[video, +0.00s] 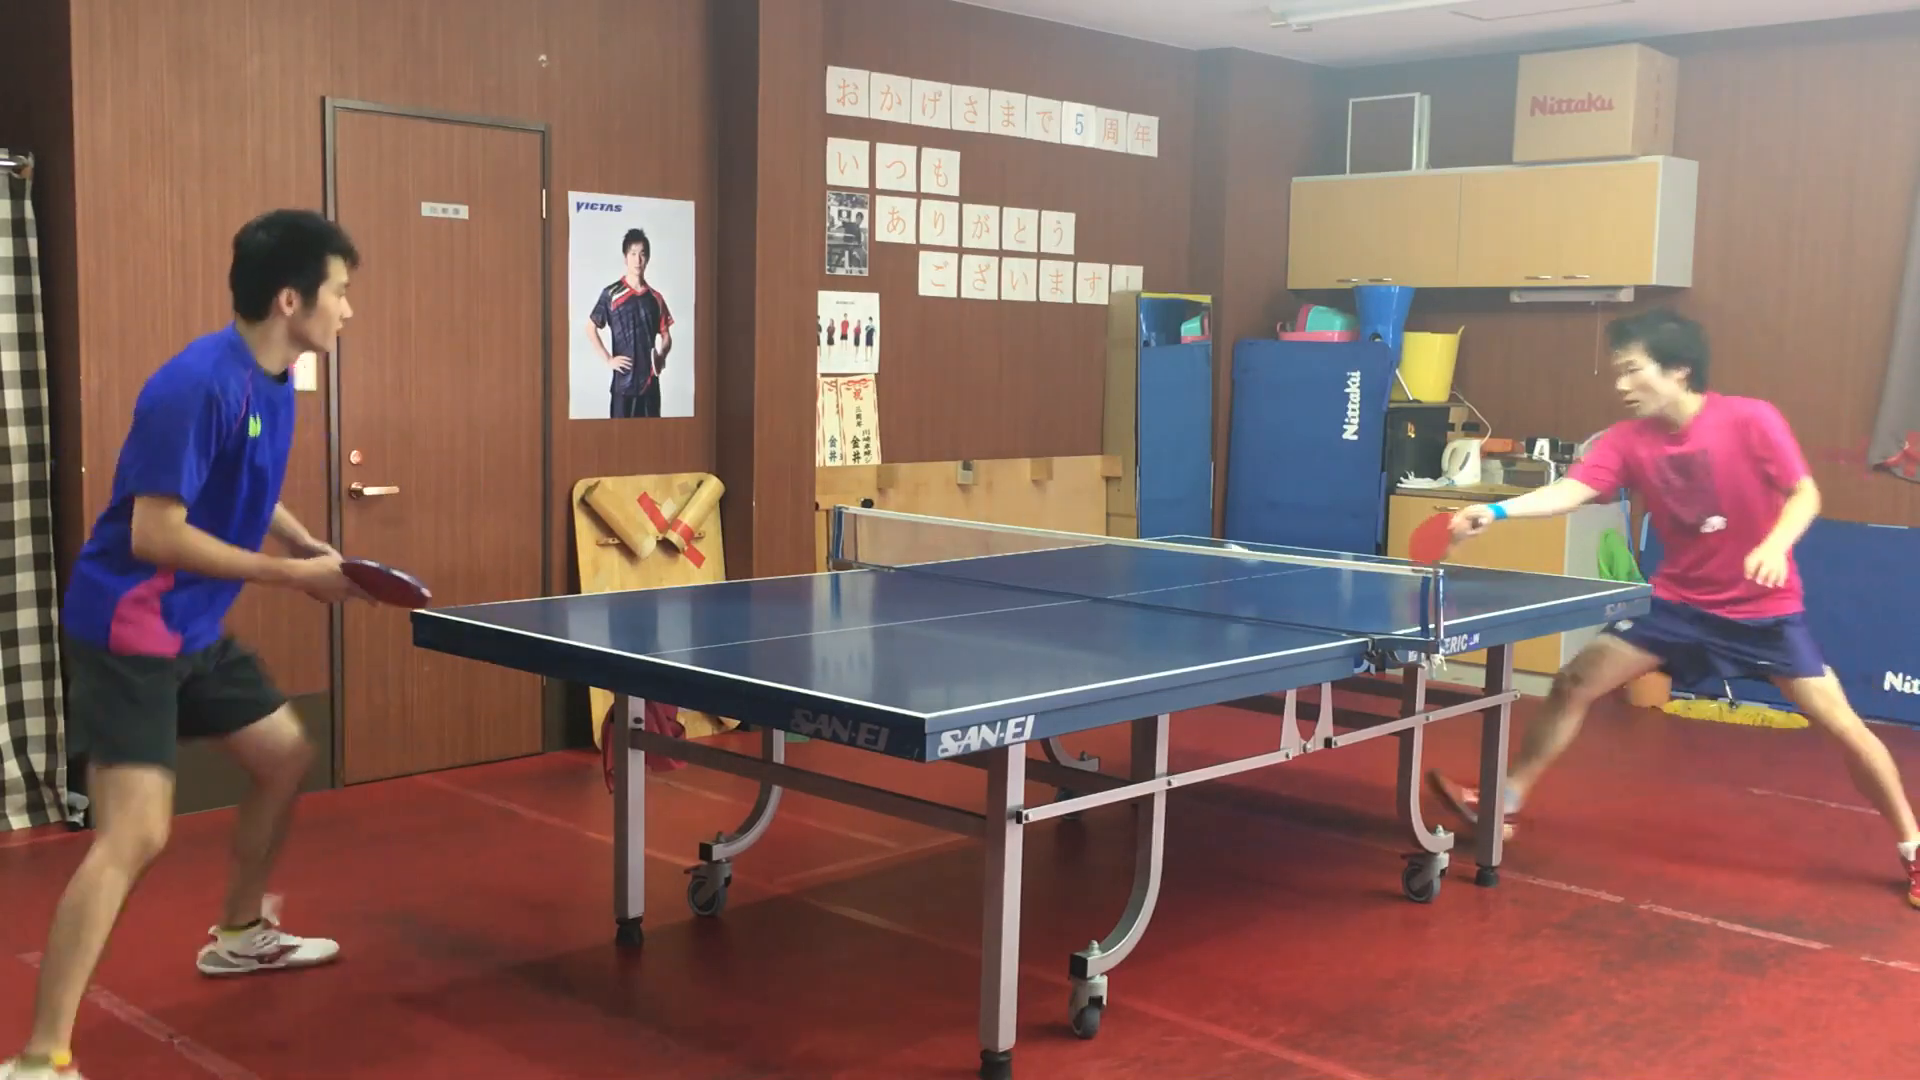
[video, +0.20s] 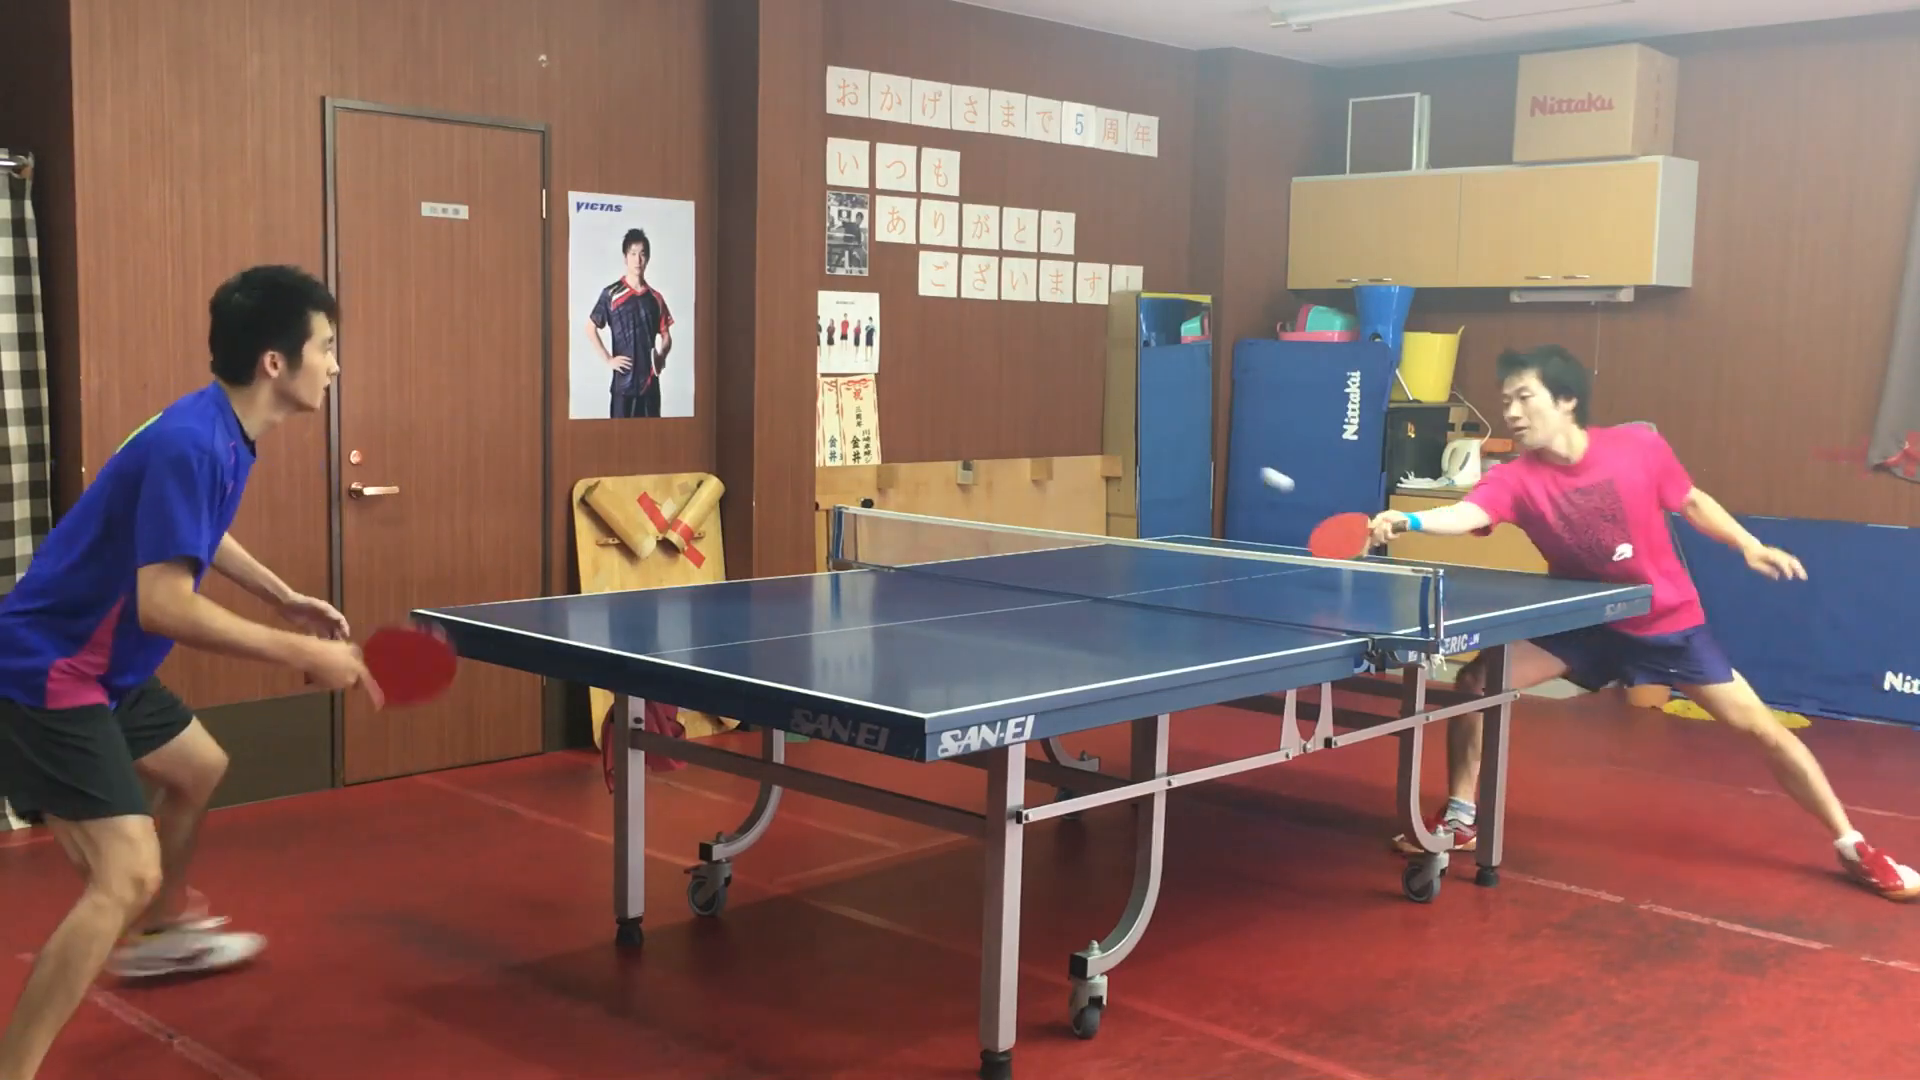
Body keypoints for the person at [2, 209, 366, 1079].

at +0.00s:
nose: (348, 311)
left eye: (347, 293)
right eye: (339, 293)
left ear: (290, 302)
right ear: (289, 301)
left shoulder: (279, 382)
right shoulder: (194, 384)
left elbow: (244, 498)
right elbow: (153, 534)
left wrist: (318, 556)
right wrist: (291, 570)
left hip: (195, 624)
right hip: (124, 627)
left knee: (283, 751)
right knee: (134, 830)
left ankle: (239, 930)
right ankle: (41, 1056)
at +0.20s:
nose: (335, 367)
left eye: (333, 348)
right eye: (326, 349)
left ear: (271, 362)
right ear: (274, 363)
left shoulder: (231, 437)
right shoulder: (191, 446)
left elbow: (199, 535)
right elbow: (160, 605)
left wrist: (284, 598)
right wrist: (301, 652)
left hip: (106, 657)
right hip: (42, 668)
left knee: (198, 767)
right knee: (126, 874)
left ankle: (151, 933)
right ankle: (13, 1069)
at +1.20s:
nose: (310, 305)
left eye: (307, 290)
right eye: (300, 291)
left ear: (226, 306)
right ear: (255, 304)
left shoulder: (165, 399)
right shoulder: (311, 390)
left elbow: (151, 527)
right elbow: (400, 492)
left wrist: (239, 499)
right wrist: (419, 454)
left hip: (194, 637)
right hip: (285, 639)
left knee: (254, 738)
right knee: (385, 823)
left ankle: (262, 894)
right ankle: (273, 1000)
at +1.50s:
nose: (380, 360)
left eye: (378, 343)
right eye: (368, 344)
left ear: (317, 357)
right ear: (311, 358)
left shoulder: (350, 427)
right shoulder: (213, 452)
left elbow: (415, 513)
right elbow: (142, 589)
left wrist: (470, 571)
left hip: (253, 657)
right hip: (179, 657)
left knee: (272, 818)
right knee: (261, 843)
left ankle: (204, 921)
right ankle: (157, 1057)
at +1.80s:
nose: (414, 306)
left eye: (415, 289)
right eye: (392, 295)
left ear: (416, 295)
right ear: (337, 318)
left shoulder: (364, 384)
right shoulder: (330, 404)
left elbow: (363, 497)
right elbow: (287, 545)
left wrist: (441, 540)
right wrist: (317, 609)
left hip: (301, 642)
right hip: (303, 651)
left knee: (330, 817)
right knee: (390, 862)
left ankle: (312, 941)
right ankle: (192, 1029)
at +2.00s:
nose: (448, 348)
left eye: (444, 332)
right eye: (444, 334)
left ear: (348, 347)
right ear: (422, 344)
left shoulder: (296, 437)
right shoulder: (468, 414)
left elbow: (252, 564)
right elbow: (584, 460)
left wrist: (303, 614)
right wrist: (657, 484)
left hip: (339, 681)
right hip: (441, 670)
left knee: (394, 797)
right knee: (542, 891)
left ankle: (429, 959)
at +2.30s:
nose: (551, 281)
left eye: (549, 266)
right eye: (549, 266)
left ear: (453, 263)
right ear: (523, 267)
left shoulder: (382, 345)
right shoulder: (562, 354)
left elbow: (295, 446)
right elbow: (620, 502)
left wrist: (338, 534)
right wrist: (670, 553)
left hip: (387, 601)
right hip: (487, 599)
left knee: (421, 771)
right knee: (604, 828)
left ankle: (417, 964)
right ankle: (593, 1050)